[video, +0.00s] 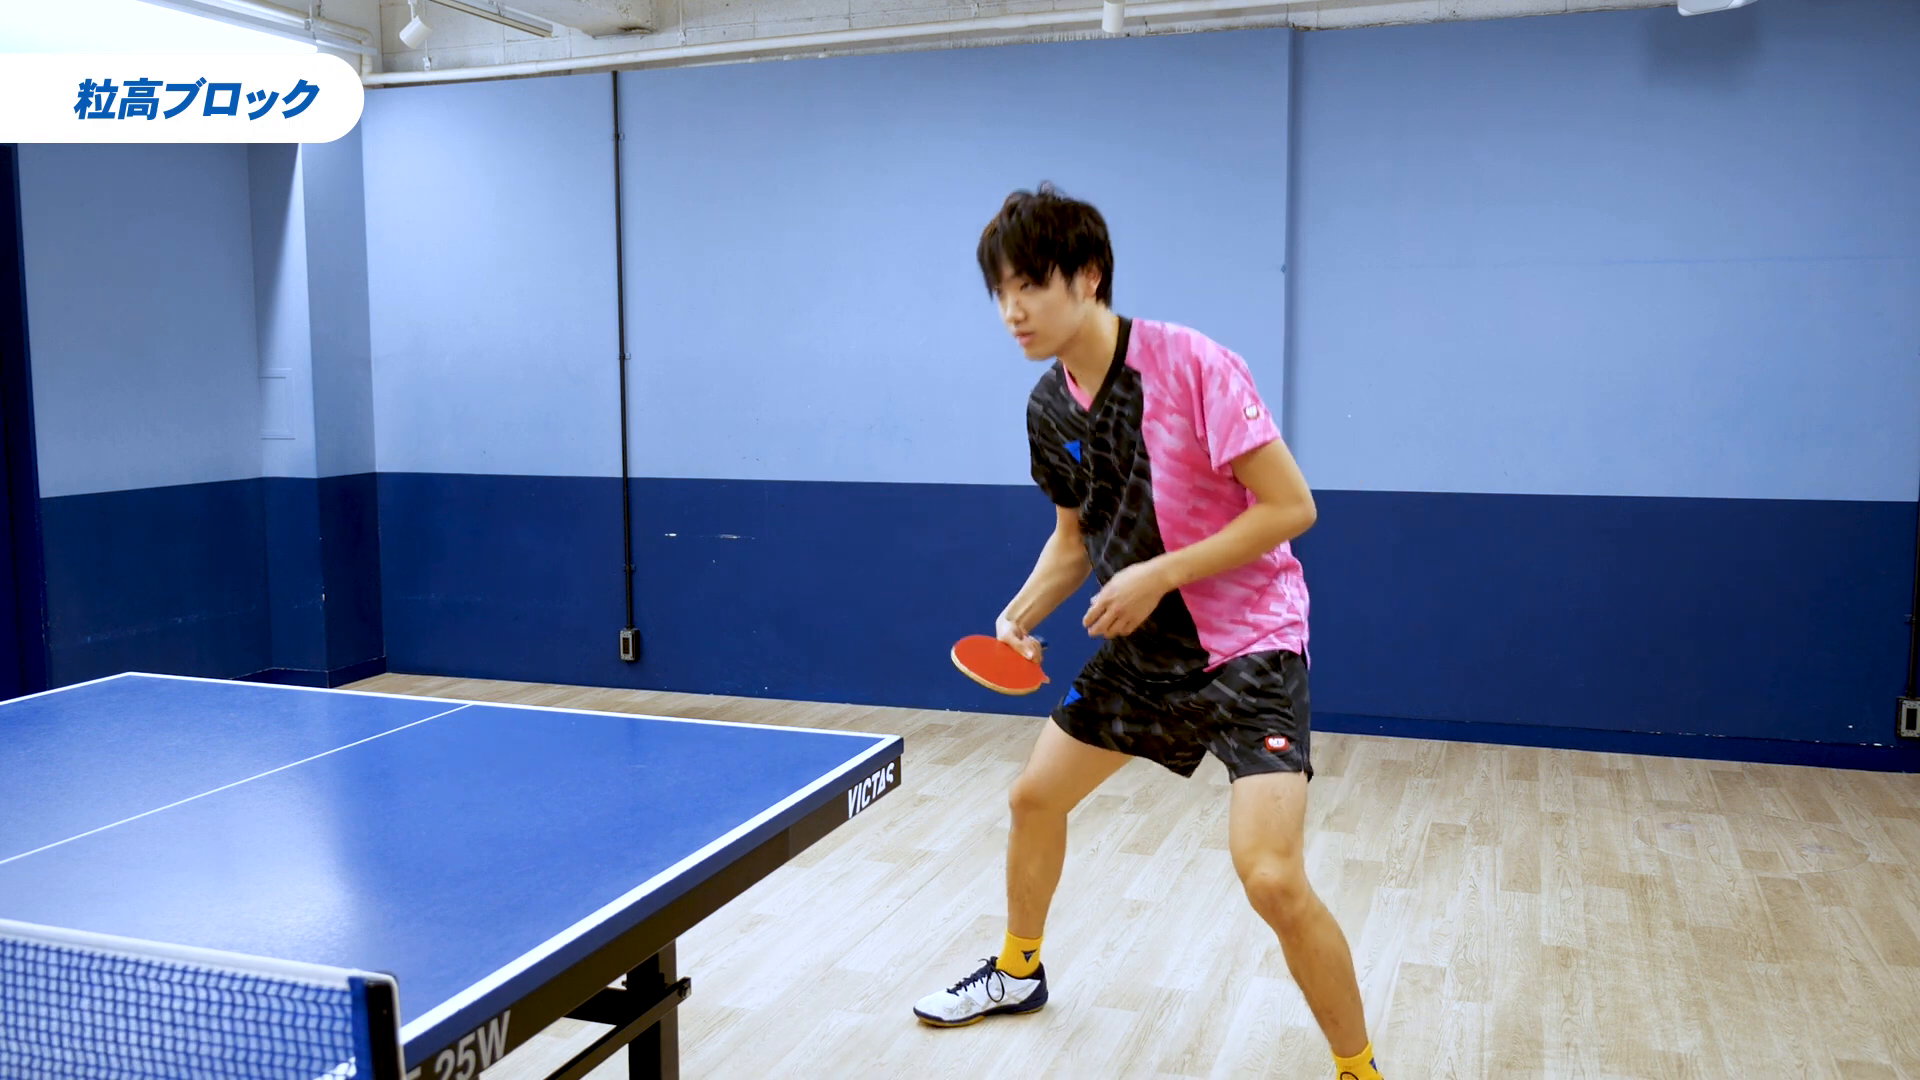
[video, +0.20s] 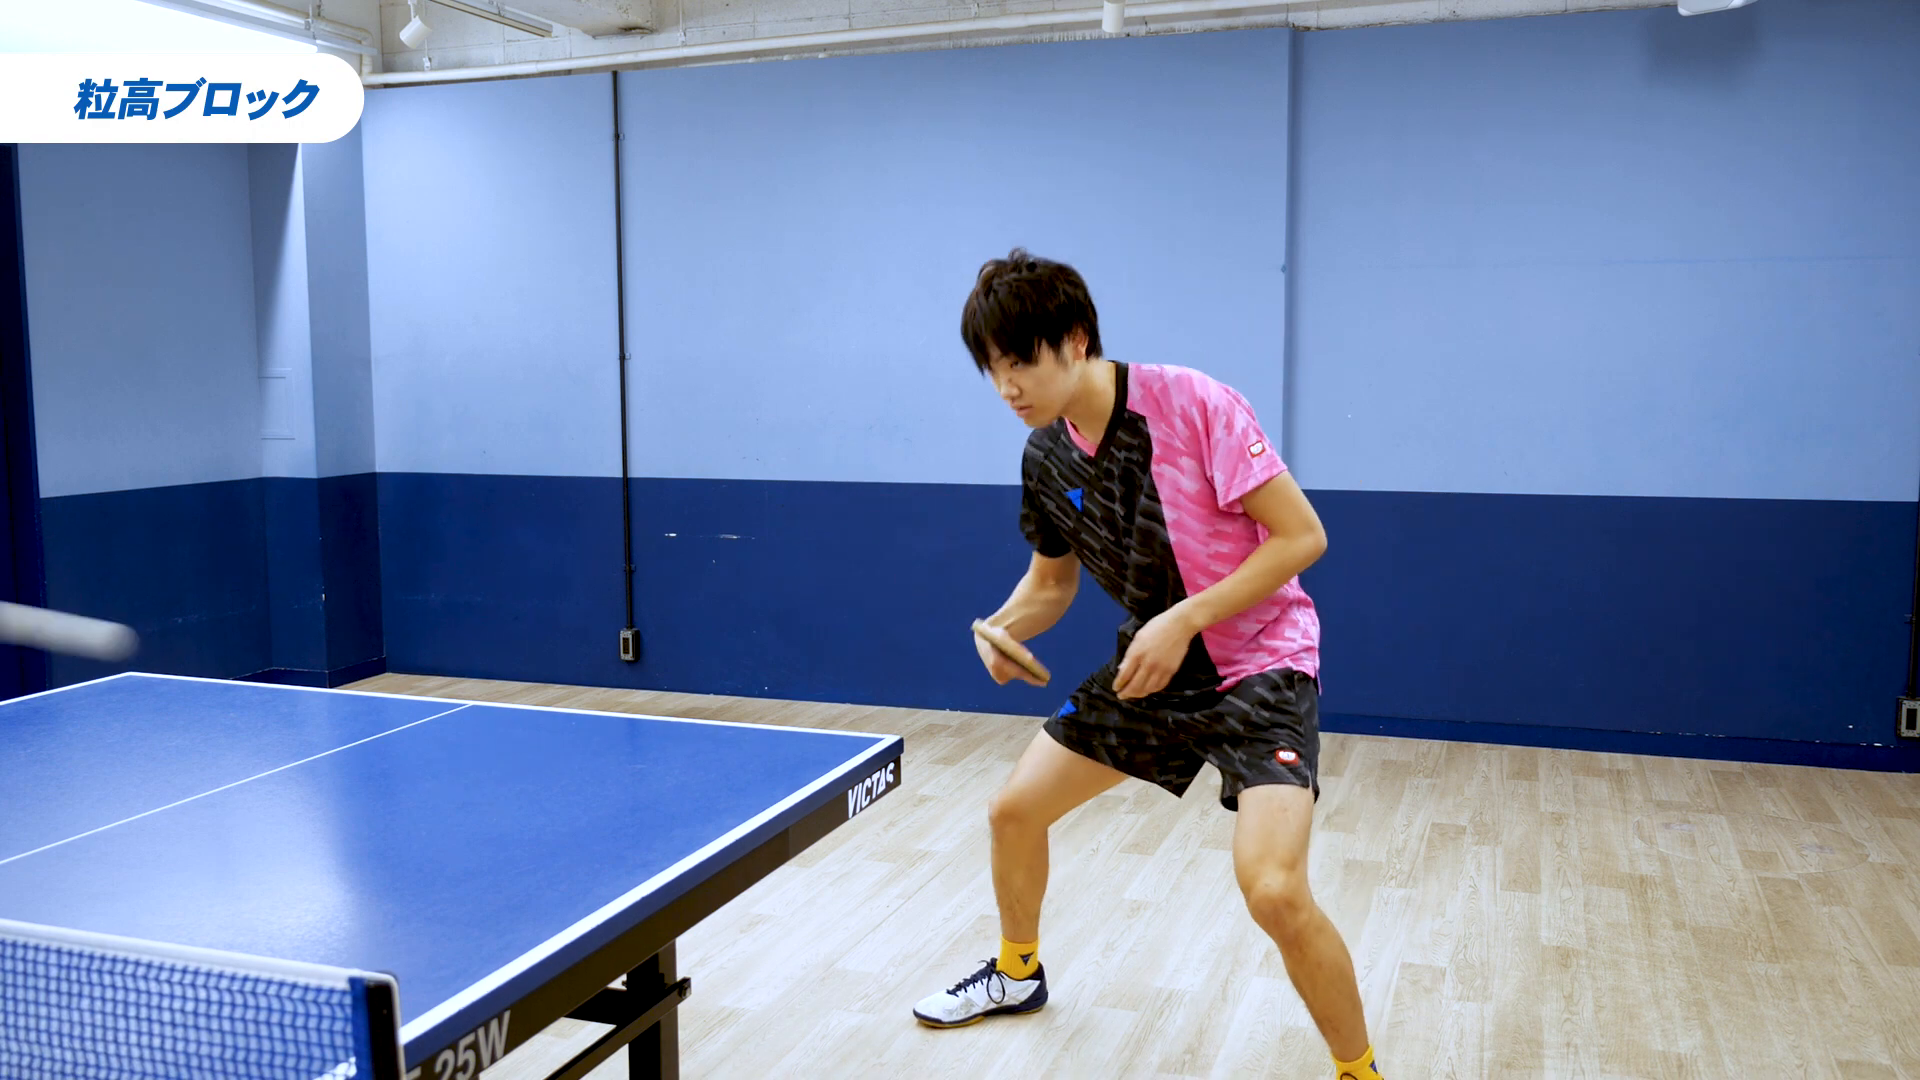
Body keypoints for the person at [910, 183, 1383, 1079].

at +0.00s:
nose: (1012, 310)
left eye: (1029, 284)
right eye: (1001, 292)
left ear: (1088, 277)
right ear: (1002, 300)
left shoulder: (1191, 364)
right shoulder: (1050, 407)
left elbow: (1289, 505)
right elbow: (1075, 539)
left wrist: (1161, 574)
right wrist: (1017, 620)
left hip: (1252, 640)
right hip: (1147, 644)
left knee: (1271, 878)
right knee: (1036, 797)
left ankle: (1359, 1069)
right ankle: (1017, 969)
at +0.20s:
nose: (1006, 387)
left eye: (1017, 362)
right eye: (992, 371)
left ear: (1075, 340)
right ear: (987, 371)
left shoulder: (1195, 405)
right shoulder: (1047, 457)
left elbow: (1302, 535)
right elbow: (1051, 581)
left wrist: (1184, 620)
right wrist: (998, 626)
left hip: (1261, 660)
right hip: (1154, 662)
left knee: (1274, 892)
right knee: (1014, 811)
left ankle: (1358, 1069)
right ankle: (1017, 972)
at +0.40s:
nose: (1021, 378)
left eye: (1033, 351)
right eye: (1005, 360)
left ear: (1087, 326)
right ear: (997, 359)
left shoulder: (1210, 367)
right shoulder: (1042, 451)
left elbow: (1318, 486)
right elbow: (1027, 602)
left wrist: (1225, 579)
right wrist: (972, 583)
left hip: (1268, 636)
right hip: (1152, 644)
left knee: (1298, 867)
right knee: (1031, 807)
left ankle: (1363, 1068)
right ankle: (1017, 971)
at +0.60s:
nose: (1058, 291)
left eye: (1074, 266)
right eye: (1042, 274)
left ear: (1130, 249)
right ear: (1032, 279)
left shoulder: (1246, 309)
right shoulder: (1054, 397)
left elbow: (1339, 433)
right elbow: (1015, 541)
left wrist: (1252, 516)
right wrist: (966, 592)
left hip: (1274, 608)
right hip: (1157, 611)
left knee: (1314, 851)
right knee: (1058, 787)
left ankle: (1364, 1066)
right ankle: (1013, 958)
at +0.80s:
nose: (1073, 280)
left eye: (1091, 256)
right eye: (1060, 261)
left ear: (1148, 250)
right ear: (1053, 266)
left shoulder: (1253, 342)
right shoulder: (1056, 392)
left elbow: (1338, 478)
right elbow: (1025, 540)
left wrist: (1239, 545)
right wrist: (977, 594)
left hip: (1249, 635)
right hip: (1132, 634)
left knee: (1296, 874)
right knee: (1018, 812)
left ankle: (1360, 1068)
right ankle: (1024, 971)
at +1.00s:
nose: (1039, 290)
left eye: (1057, 265)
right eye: (1026, 272)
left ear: (1113, 261)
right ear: (1020, 283)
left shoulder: (1212, 354)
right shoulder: (1042, 401)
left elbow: (1294, 496)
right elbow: (1042, 548)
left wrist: (1179, 562)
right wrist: (991, 613)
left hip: (1229, 650)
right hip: (1115, 650)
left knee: (1273, 877)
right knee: (999, 809)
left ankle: (1358, 1068)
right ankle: (1022, 972)